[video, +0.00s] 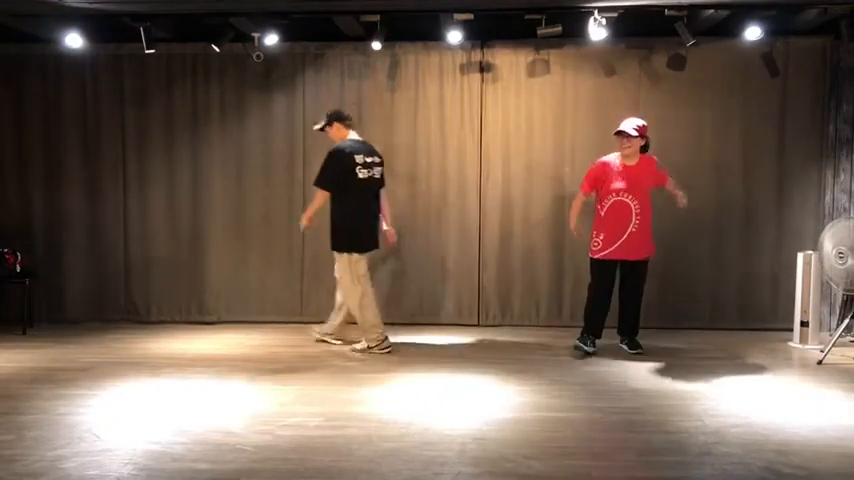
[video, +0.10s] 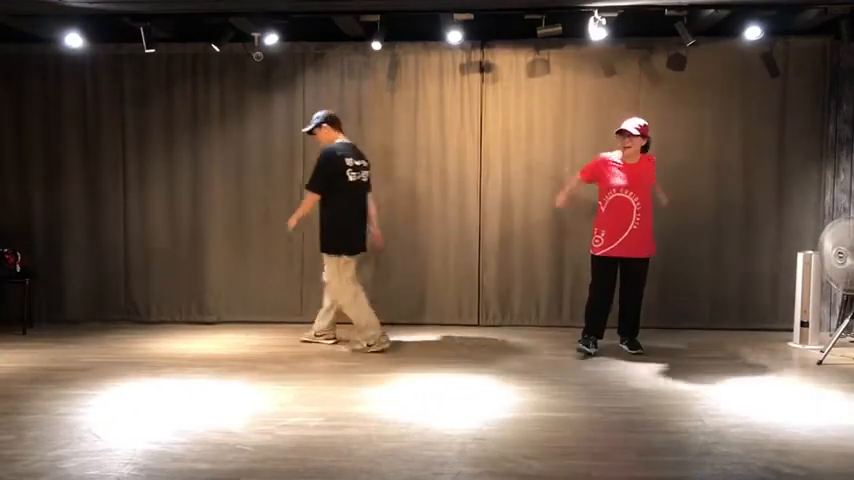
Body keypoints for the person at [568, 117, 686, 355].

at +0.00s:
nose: (625, 141)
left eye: (631, 137)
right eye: (622, 136)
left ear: (642, 141)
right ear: (617, 139)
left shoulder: (650, 166)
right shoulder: (604, 165)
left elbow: (666, 182)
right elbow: (582, 194)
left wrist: (678, 194)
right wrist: (573, 220)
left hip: (637, 242)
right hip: (605, 241)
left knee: (632, 293)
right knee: (600, 290)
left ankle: (629, 336)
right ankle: (589, 336)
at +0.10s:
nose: (626, 140)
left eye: (632, 136)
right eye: (623, 135)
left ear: (643, 141)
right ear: (618, 138)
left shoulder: (649, 164)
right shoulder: (604, 162)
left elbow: (653, 183)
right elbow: (578, 179)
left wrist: (662, 197)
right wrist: (563, 195)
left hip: (637, 243)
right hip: (606, 242)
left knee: (633, 294)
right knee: (600, 292)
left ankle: (628, 337)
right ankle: (590, 338)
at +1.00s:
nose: (591, 146)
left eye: (596, 141)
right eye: (586, 142)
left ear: (606, 142)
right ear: (581, 144)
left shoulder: (620, 163)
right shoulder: (573, 166)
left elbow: (645, 177)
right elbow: (546, 177)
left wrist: (668, 187)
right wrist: (524, 183)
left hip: (616, 246)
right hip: (584, 248)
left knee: (618, 298)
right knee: (588, 299)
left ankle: (621, 344)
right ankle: (591, 342)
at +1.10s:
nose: (591, 153)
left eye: (596, 148)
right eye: (587, 148)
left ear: (608, 145)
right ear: (582, 146)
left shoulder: (621, 166)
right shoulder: (574, 171)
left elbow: (645, 192)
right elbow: (551, 198)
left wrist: (625, 197)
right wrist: (559, 212)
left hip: (614, 248)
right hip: (583, 249)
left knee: (614, 298)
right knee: (586, 298)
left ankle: (616, 344)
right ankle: (590, 342)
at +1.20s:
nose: (595, 151)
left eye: (600, 145)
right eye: (591, 145)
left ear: (612, 145)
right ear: (586, 146)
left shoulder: (623, 164)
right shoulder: (579, 170)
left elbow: (608, 178)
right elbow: (593, 198)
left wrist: (577, 171)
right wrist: (626, 201)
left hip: (613, 247)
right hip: (583, 247)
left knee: (610, 299)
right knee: (586, 298)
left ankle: (609, 347)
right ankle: (590, 343)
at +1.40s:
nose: (602, 144)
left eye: (607, 139)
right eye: (597, 139)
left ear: (617, 141)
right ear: (591, 142)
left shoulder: (627, 164)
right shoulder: (581, 167)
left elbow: (628, 193)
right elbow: (598, 194)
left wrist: (597, 190)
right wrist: (632, 196)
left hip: (617, 248)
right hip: (586, 248)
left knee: (613, 301)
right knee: (588, 298)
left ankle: (610, 349)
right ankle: (591, 342)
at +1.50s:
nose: (606, 142)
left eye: (611, 138)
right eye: (601, 138)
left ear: (619, 140)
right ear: (594, 140)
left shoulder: (632, 167)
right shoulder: (582, 168)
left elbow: (637, 201)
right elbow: (579, 206)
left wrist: (617, 204)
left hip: (620, 248)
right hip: (587, 247)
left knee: (614, 300)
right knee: (587, 296)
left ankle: (610, 349)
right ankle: (591, 341)